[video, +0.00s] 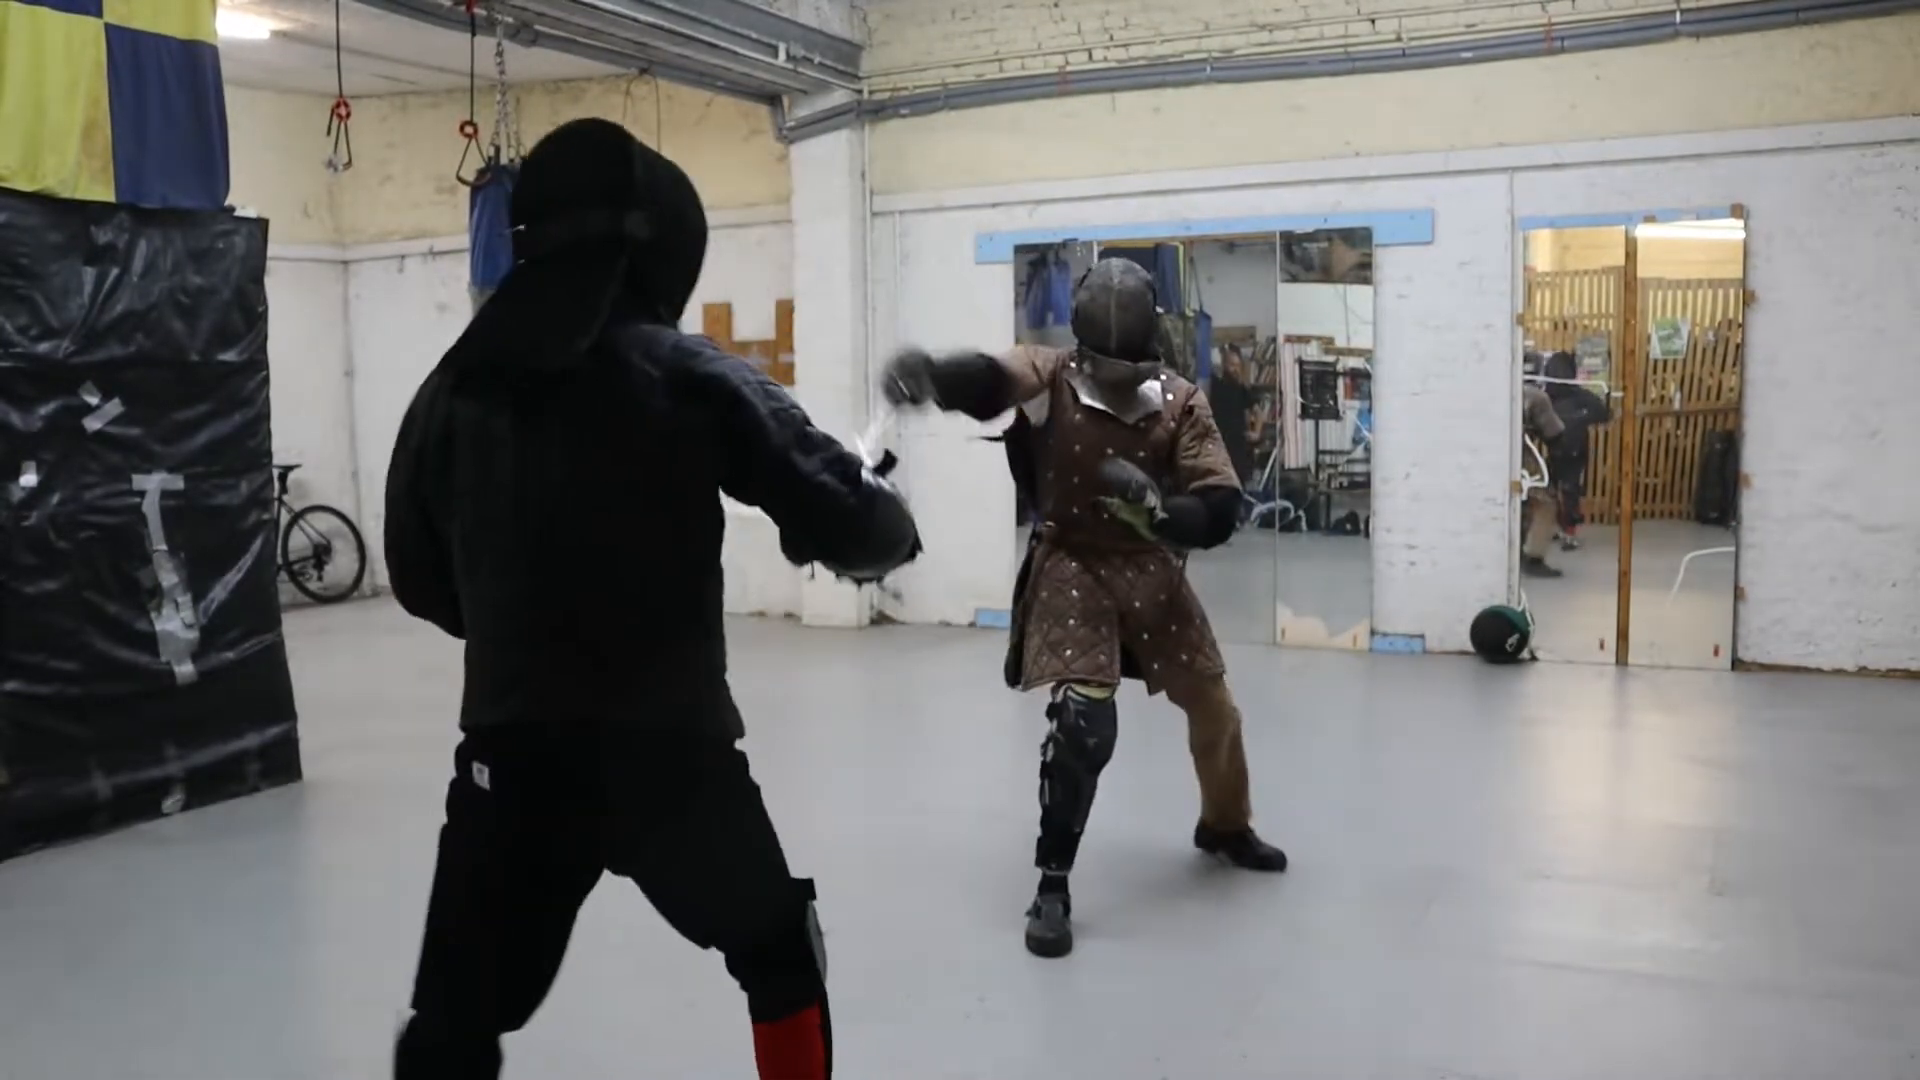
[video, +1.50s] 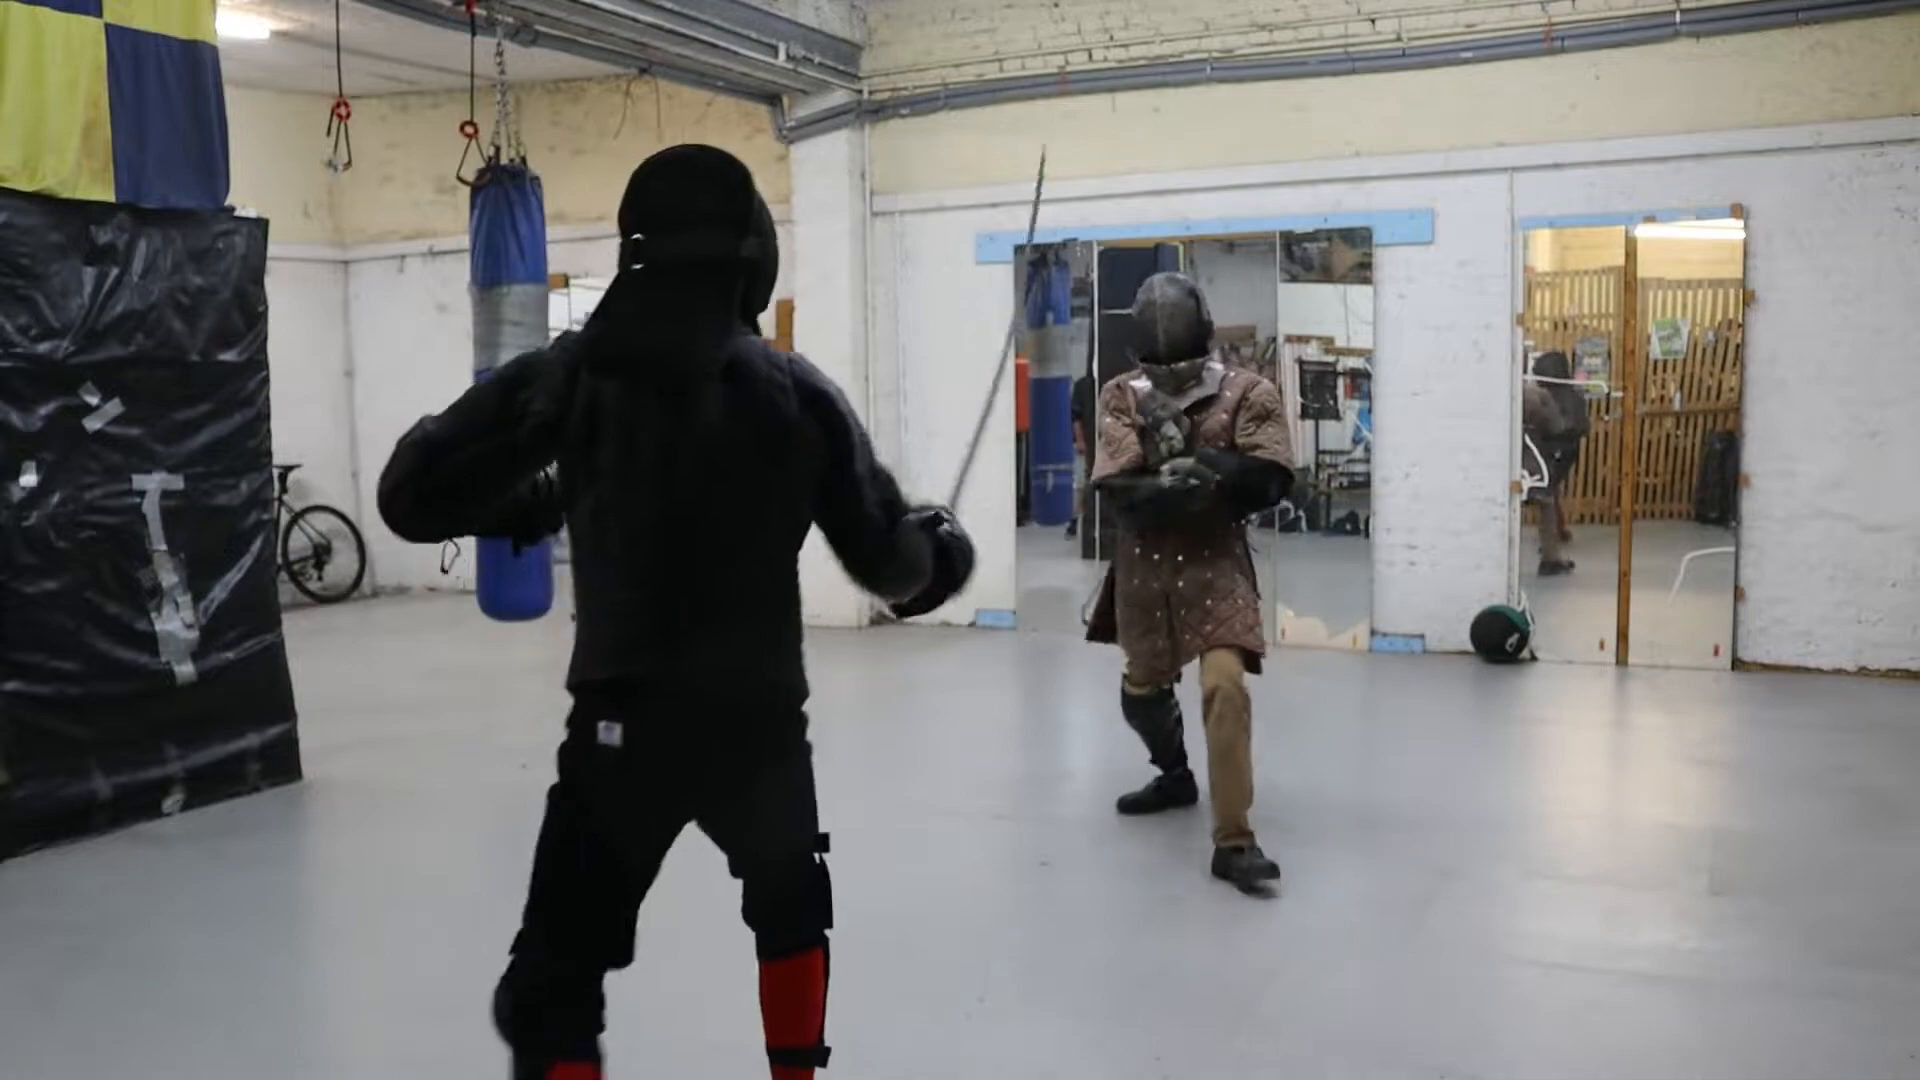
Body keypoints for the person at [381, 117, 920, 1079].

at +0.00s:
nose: (692, 263)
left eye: (684, 237)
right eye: (681, 238)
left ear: (533, 243)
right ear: (656, 246)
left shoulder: (454, 390)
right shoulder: (688, 377)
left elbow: (420, 577)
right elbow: (858, 526)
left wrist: (533, 620)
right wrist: (880, 518)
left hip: (512, 764)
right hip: (672, 761)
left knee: (449, 1026)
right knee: (776, 946)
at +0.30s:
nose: (583, 288)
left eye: (578, 262)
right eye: (575, 263)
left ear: (416, 263)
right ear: (550, 270)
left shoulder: (341, 415)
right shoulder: (575, 410)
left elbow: (319, 617)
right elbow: (708, 584)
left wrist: (446, 620)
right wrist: (784, 562)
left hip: (396, 813)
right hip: (559, 808)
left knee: (344, 1062)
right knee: (713, 989)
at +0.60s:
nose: (550, 272)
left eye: (545, 246)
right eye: (541, 247)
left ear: (373, 245)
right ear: (505, 252)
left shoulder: (319, 395)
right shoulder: (540, 380)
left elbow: (324, 559)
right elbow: (715, 543)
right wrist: (772, 500)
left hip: (383, 798)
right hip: (543, 790)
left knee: (339, 1058)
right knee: (682, 957)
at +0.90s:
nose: (671, 276)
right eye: (660, 256)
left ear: (513, 274)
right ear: (644, 271)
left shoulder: (457, 414)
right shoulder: (687, 396)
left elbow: (408, 567)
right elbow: (894, 445)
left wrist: (532, 561)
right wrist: (967, 372)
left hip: (523, 778)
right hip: (674, 773)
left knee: (457, 1014)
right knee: (768, 922)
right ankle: (792, 1071)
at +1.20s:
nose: (719, 299)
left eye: (714, 274)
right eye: (711, 275)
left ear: (570, 272)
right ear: (685, 280)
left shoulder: (484, 402)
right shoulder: (722, 415)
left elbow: (410, 563)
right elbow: (813, 609)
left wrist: (522, 580)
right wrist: (858, 540)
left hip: (527, 770)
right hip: (682, 772)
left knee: (473, 1015)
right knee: (768, 923)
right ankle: (792, 1071)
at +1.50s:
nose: (764, 264)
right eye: (758, 246)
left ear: (633, 254)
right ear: (752, 259)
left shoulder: (568, 378)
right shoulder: (792, 392)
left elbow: (412, 496)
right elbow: (890, 563)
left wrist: (542, 501)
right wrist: (940, 545)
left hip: (622, 738)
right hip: (758, 738)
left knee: (554, 988)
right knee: (792, 914)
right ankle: (796, 1072)